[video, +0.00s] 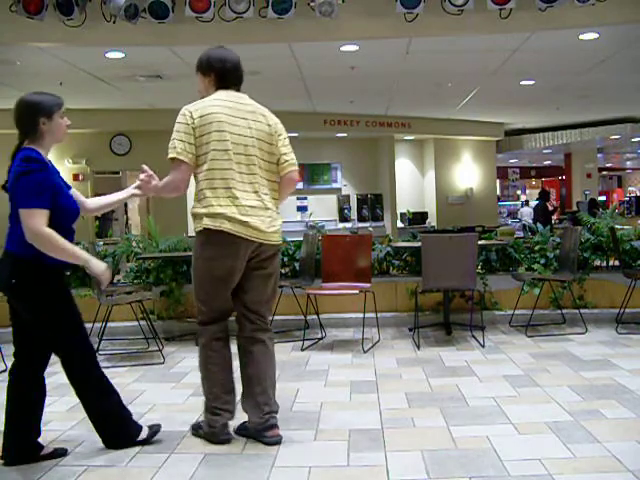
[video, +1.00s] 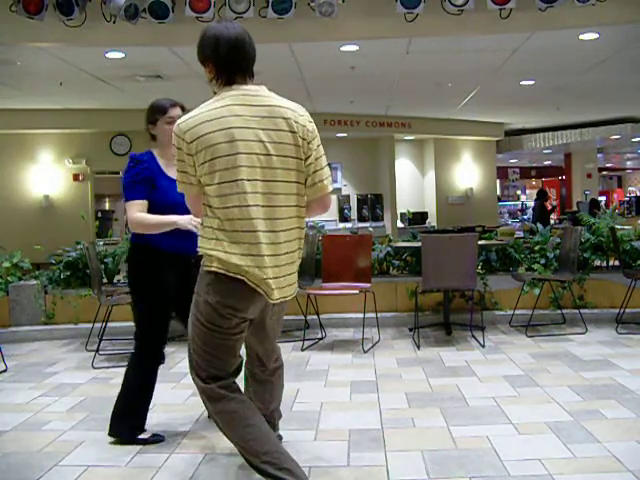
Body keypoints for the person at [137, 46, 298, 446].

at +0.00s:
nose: (197, 85)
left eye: (199, 79)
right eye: (199, 78)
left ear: (209, 79)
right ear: (237, 79)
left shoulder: (195, 112)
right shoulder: (268, 117)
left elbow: (181, 179)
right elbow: (291, 177)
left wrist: (156, 188)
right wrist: (261, 203)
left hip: (219, 230)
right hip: (267, 233)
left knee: (212, 326)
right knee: (257, 327)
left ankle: (217, 422)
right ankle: (263, 422)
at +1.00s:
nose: (203, 72)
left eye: (202, 66)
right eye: (205, 65)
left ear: (209, 68)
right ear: (252, 63)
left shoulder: (192, 125)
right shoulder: (296, 117)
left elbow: (197, 204)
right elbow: (320, 201)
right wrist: (272, 209)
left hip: (228, 271)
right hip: (281, 268)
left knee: (215, 379)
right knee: (265, 360)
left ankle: (288, 475)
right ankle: (265, 446)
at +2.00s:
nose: (210, 69)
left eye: (209, 63)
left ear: (213, 64)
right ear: (250, 60)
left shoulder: (209, 103)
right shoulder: (284, 104)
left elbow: (166, 175)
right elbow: (301, 172)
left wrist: (178, 196)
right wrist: (259, 176)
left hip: (232, 229)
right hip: (277, 233)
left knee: (231, 328)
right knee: (264, 328)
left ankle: (263, 439)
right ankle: (263, 412)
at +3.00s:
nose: (219, 99)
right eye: (218, 94)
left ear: (184, 101)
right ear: (215, 97)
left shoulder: (171, 136)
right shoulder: (235, 131)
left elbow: (143, 193)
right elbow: (250, 180)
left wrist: (158, 206)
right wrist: (256, 171)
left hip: (186, 237)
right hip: (228, 236)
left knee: (196, 314)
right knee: (240, 308)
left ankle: (199, 386)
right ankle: (253, 385)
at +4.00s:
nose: (218, 135)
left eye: (219, 128)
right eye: (216, 129)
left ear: (236, 124)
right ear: (243, 124)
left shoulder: (245, 155)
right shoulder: (273, 147)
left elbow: (228, 209)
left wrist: (184, 203)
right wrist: (199, 208)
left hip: (259, 251)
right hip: (285, 248)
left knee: (223, 310)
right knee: (278, 309)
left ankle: (210, 383)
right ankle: (327, 357)